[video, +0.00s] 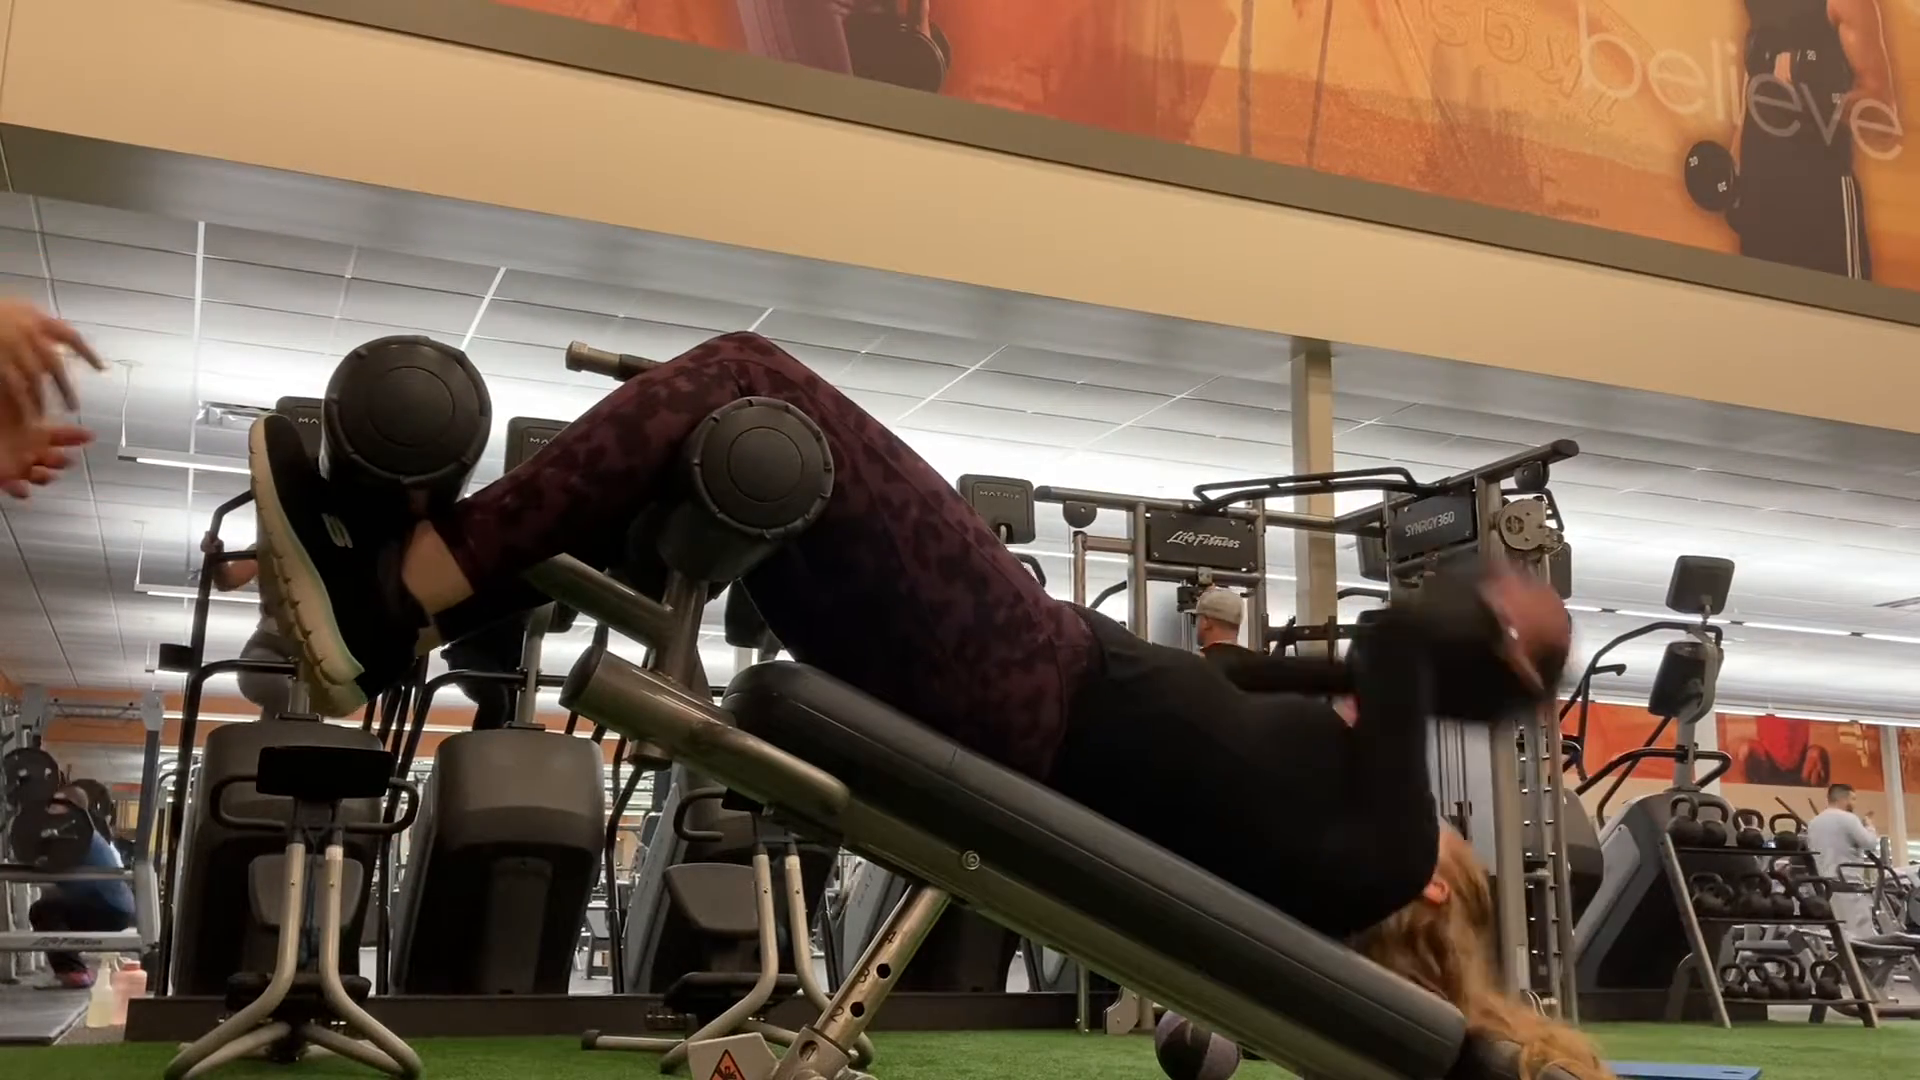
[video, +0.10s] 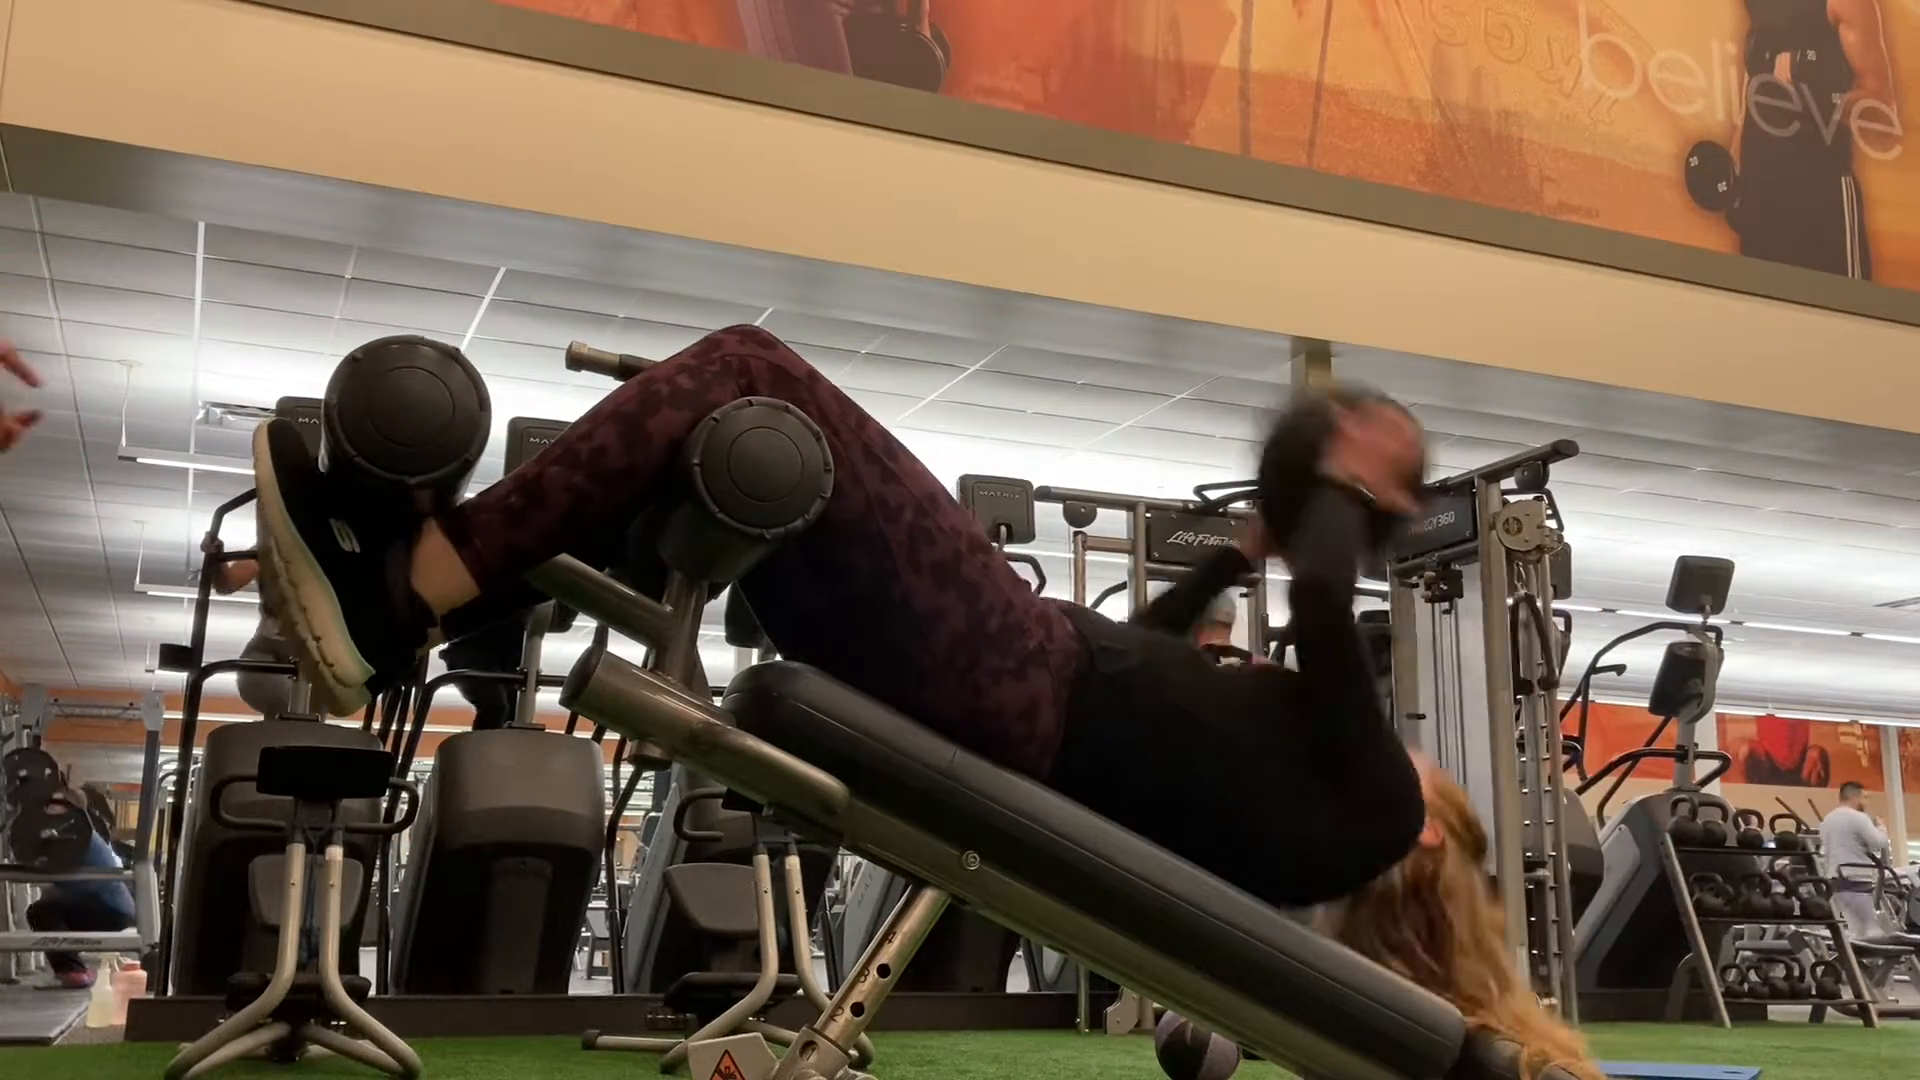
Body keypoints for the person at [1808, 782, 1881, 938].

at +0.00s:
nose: (1854, 804)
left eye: (1854, 800)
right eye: (1852, 799)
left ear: (1830, 799)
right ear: (1844, 799)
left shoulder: (1813, 823)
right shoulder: (1849, 819)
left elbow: (1813, 853)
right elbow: (1870, 842)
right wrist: (1870, 826)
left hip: (1825, 888)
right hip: (1851, 888)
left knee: (1836, 933)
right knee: (1861, 933)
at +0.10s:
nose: (1864, 802)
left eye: (1864, 797)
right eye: (1862, 797)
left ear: (1841, 797)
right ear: (1856, 797)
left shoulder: (1827, 820)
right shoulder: (1859, 818)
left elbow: (1824, 851)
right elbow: (1879, 843)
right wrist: (1882, 828)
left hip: (1835, 884)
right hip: (1858, 885)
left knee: (1849, 932)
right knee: (1872, 931)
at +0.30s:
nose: (1891, 804)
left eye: (1891, 800)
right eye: (1890, 799)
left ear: (1870, 799)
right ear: (1881, 799)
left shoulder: (1855, 819)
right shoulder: (1881, 820)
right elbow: (1900, 846)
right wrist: (1907, 829)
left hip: (1856, 881)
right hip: (1879, 883)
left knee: (1867, 927)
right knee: (1907, 923)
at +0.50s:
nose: (1919, 806)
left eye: (1919, 801)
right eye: (1919, 801)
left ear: (1902, 800)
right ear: (1915, 802)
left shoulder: (1886, 819)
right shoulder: (1912, 822)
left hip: (1887, 880)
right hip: (1910, 881)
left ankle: (1907, 922)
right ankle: (1915, 923)